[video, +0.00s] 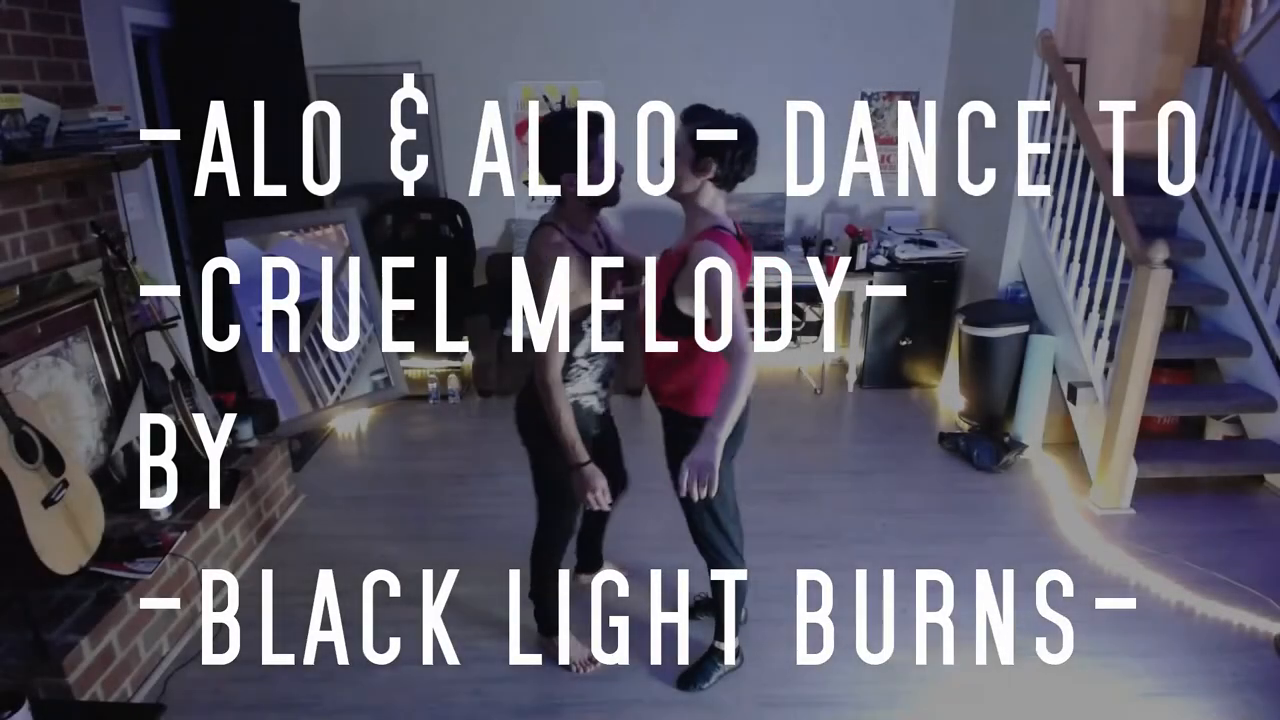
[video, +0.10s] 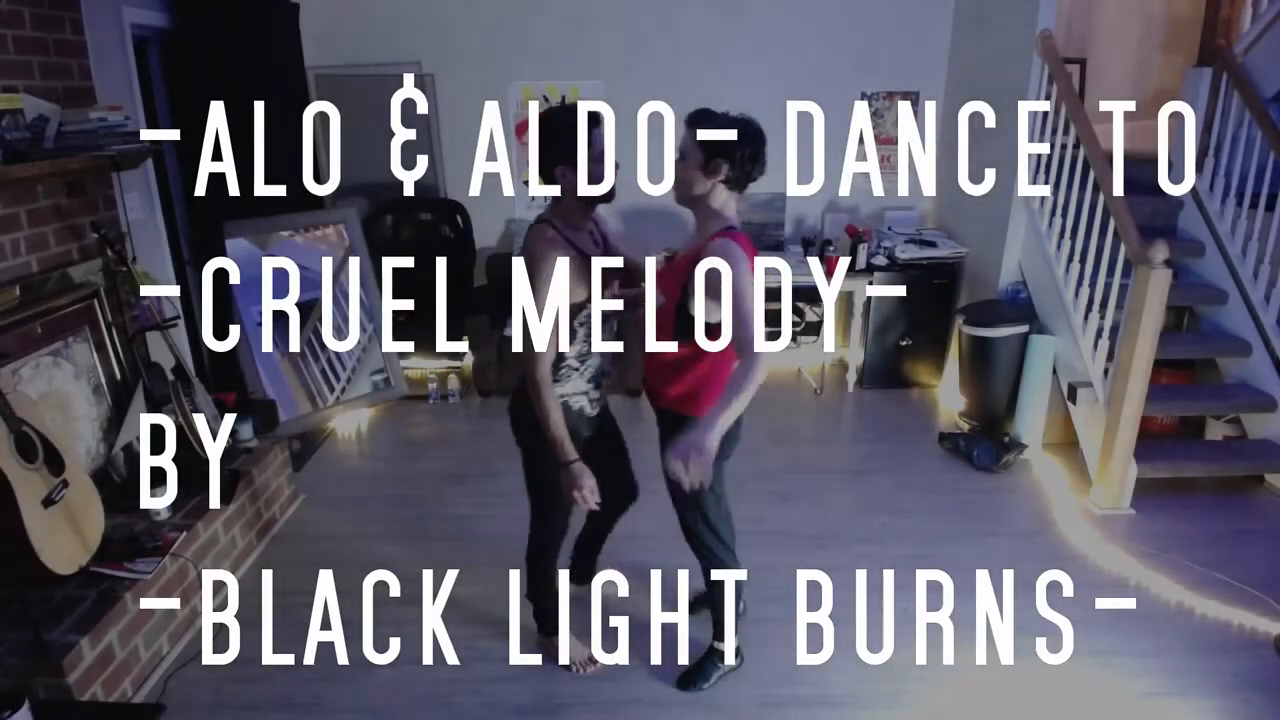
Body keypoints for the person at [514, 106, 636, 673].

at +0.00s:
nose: (617, 175)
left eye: (615, 163)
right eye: (605, 165)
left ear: (574, 178)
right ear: (573, 177)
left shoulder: (595, 227)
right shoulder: (552, 250)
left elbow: (630, 276)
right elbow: (546, 375)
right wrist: (582, 465)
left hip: (589, 397)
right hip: (551, 406)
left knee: (610, 483)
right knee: (559, 519)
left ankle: (587, 567)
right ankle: (551, 636)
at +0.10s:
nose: (612, 170)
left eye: (609, 157)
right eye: (599, 159)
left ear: (574, 172)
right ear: (568, 171)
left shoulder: (593, 228)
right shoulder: (547, 250)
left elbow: (623, 288)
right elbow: (537, 372)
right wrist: (569, 463)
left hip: (585, 397)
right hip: (545, 408)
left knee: (619, 492)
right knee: (552, 522)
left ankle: (574, 584)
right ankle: (551, 639)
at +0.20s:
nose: (609, 167)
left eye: (607, 153)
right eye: (596, 156)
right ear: (563, 169)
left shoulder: (592, 226)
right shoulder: (544, 248)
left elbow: (626, 287)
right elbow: (531, 367)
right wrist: (561, 460)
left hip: (585, 395)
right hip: (544, 406)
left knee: (619, 494)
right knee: (552, 522)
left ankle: (567, 582)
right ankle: (552, 639)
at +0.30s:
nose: (604, 162)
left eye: (602, 149)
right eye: (591, 150)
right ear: (555, 162)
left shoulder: (588, 228)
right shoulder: (538, 245)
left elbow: (621, 292)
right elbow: (520, 359)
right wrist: (543, 453)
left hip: (587, 400)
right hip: (551, 408)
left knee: (605, 498)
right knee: (560, 522)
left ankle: (555, 598)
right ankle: (553, 635)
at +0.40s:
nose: (605, 161)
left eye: (602, 148)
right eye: (591, 148)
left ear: (572, 161)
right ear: (557, 159)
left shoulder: (585, 231)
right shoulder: (535, 244)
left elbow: (611, 306)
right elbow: (516, 358)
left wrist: (657, 300)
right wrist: (537, 451)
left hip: (588, 400)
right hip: (555, 409)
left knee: (600, 499)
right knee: (564, 525)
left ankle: (554, 601)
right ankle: (553, 637)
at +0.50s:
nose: (600, 161)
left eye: (599, 148)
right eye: (587, 149)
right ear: (552, 160)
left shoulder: (576, 232)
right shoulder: (531, 240)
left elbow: (613, 300)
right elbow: (509, 353)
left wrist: (658, 305)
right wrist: (524, 447)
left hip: (584, 400)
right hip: (551, 406)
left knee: (604, 491)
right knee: (564, 521)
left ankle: (552, 594)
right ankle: (554, 636)